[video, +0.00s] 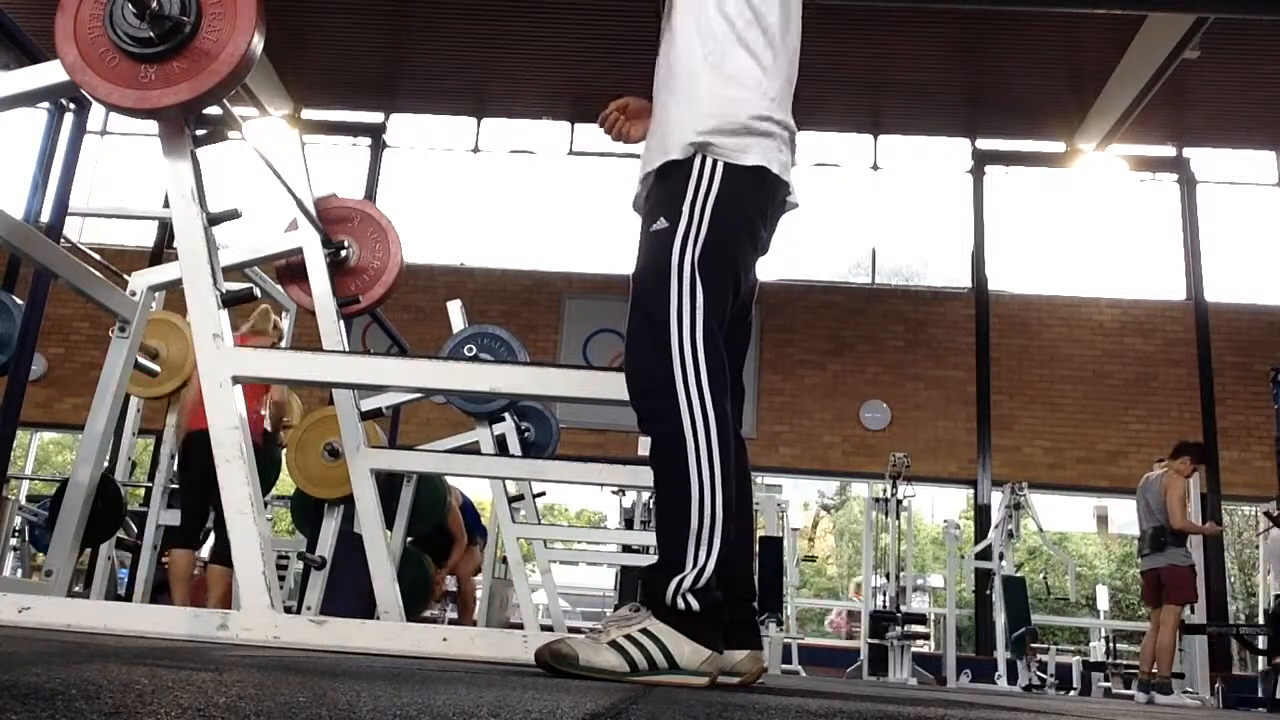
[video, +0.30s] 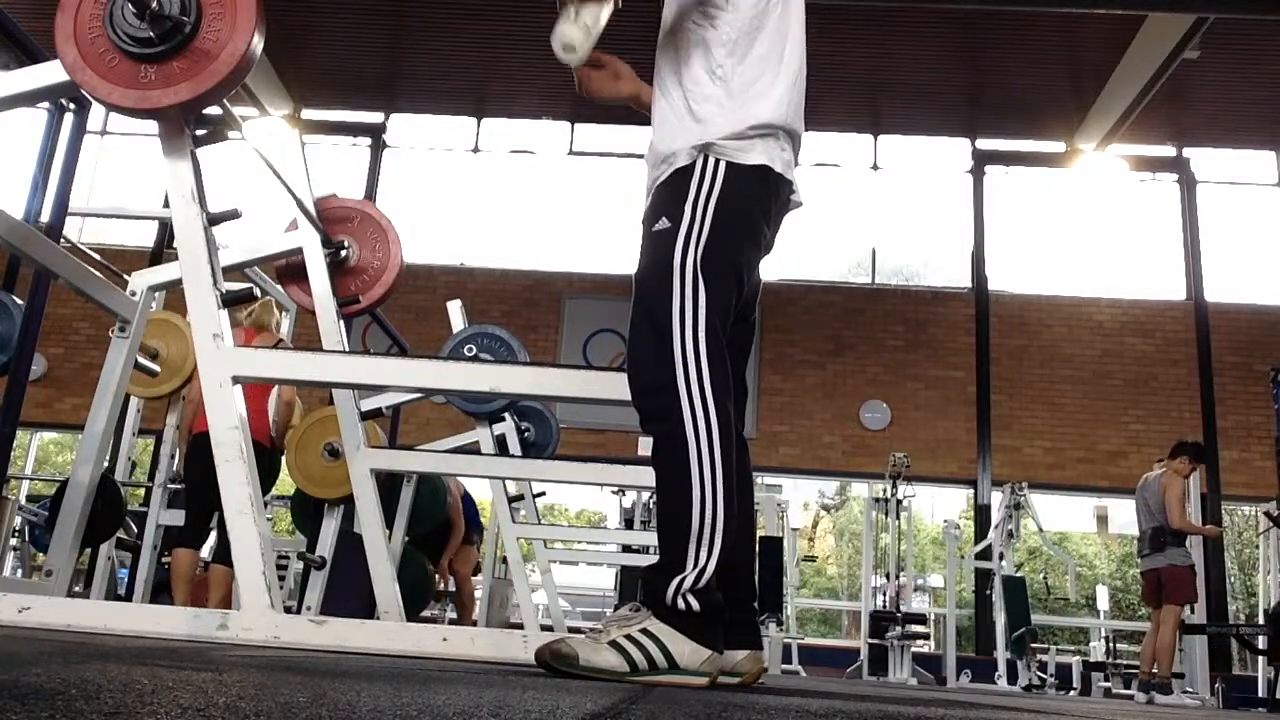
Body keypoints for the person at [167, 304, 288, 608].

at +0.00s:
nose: (281, 338)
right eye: (281, 334)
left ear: (245, 323)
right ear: (276, 331)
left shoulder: (214, 343)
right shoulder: (276, 353)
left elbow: (190, 394)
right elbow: (276, 400)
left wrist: (182, 433)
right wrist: (276, 432)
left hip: (199, 438)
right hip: (247, 444)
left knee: (188, 523)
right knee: (229, 530)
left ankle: (180, 612)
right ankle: (215, 617)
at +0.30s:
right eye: (280, 320)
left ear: (243, 316)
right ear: (277, 322)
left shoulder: (220, 338)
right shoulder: (282, 348)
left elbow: (193, 395)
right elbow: (286, 400)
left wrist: (184, 442)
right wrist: (278, 441)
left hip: (207, 442)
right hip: (258, 449)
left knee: (193, 526)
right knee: (232, 532)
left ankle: (180, 613)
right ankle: (214, 619)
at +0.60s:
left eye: (234, 307)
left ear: (239, 310)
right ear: (275, 315)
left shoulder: (220, 335)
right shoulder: (287, 347)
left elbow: (192, 393)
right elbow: (291, 402)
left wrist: (185, 431)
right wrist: (277, 438)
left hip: (210, 440)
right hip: (260, 446)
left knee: (199, 523)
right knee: (237, 530)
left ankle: (180, 612)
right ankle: (216, 617)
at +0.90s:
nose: (230, 312)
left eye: (232, 307)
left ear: (235, 310)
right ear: (268, 313)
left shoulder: (218, 333)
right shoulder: (284, 344)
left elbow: (191, 394)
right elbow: (289, 404)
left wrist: (184, 433)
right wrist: (277, 440)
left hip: (211, 442)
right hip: (261, 449)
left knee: (193, 521)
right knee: (238, 531)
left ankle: (166, 605)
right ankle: (215, 616)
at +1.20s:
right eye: (256, 300)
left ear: (216, 303)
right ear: (254, 306)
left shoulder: (196, 336)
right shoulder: (268, 342)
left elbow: (183, 397)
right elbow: (278, 404)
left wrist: (184, 431)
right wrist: (272, 443)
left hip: (195, 445)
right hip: (244, 450)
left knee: (176, 526)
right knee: (229, 533)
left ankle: (159, 612)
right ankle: (215, 620)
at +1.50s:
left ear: (216, 314)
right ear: (248, 324)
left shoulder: (186, 342)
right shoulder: (253, 350)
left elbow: (172, 400)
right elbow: (263, 408)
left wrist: (178, 429)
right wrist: (271, 444)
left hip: (173, 444)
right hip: (222, 446)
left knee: (171, 527)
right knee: (221, 532)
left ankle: (159, 612)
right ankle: (215, 620)